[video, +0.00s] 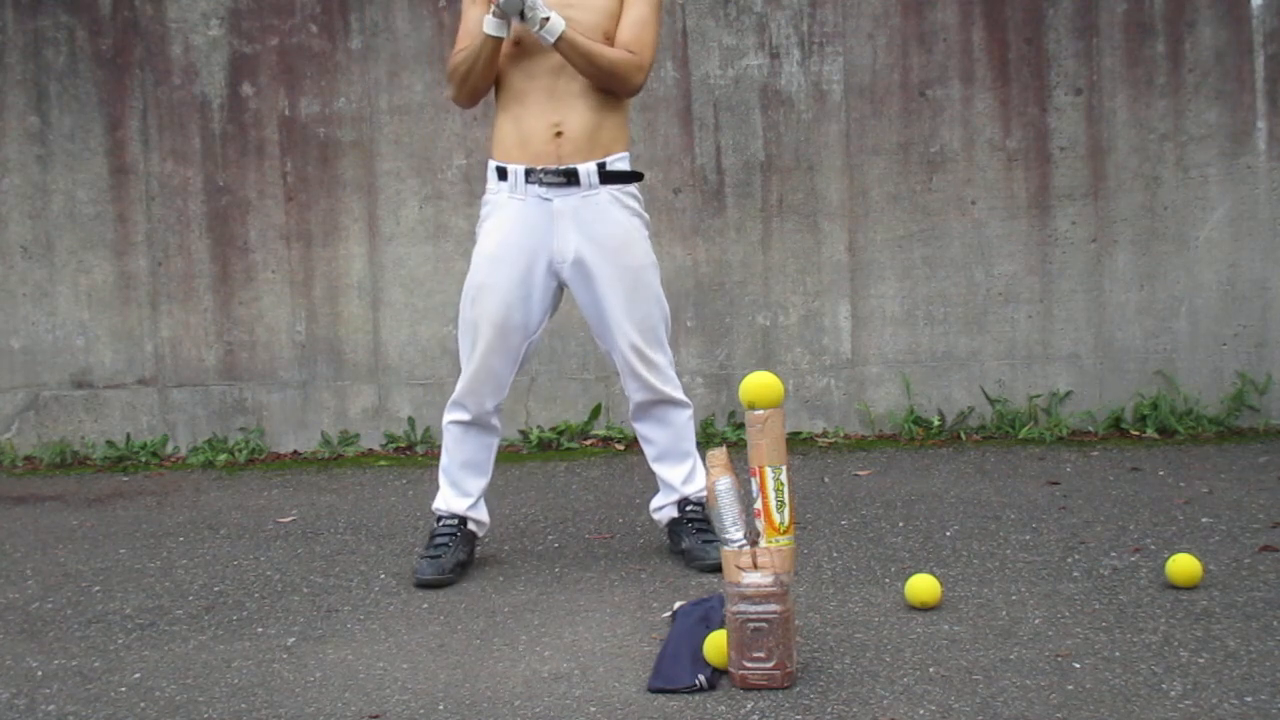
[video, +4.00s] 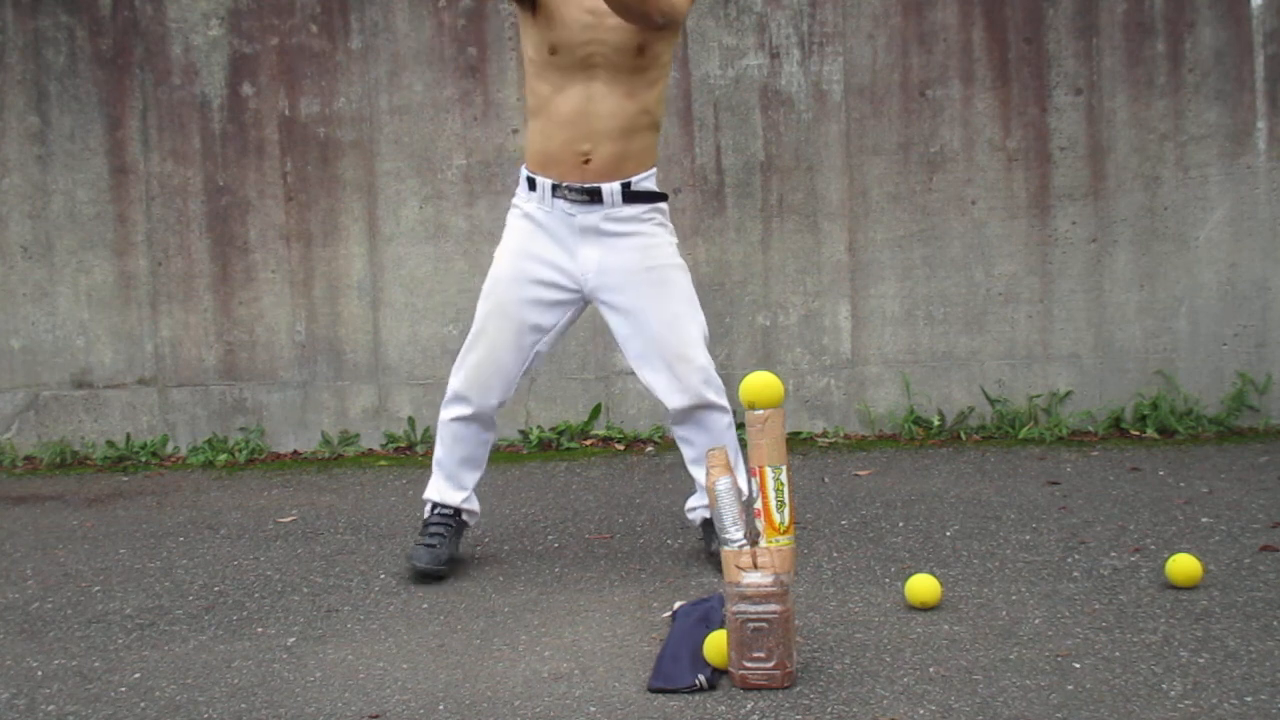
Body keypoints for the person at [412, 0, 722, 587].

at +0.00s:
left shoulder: (636, 0)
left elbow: (629, 76)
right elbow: (463, 91)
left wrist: (553, 27)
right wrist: (497, 27)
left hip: (605, 196)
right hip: (513, 198)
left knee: (647, 364)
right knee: (480, 375)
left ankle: (686, 507)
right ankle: (455, 517)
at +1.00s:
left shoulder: (632, 0)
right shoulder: (494, 2)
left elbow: (641, 44)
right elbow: (465, 97)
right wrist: (479, 14)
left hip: (605, 195)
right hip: (513, 197)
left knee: (646, 363)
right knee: (480, 374)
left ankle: (686, 507)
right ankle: (455, 517)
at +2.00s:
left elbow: (629, 68)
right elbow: (460, 88)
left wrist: (560, 15)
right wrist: (499, 16)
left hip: (605, 195)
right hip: (513, 197)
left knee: (647, 362)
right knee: (480, 373)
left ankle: (686, 507)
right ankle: (455, 517)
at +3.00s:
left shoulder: (628, 0)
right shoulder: (483, 1)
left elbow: (634, 69)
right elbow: (460, 99)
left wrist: (550, 19)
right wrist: (493, 26)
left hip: (605, 195)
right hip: (513, 198)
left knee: (647, 363)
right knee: (480, 374)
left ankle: (686, 507)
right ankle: (455, 517)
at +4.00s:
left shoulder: (669, 8)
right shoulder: (533, 2)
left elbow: (643, 7)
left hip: (636, 222)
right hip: (539, 219)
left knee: (693, 382)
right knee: (476, 382)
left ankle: (725, 516)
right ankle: (446, 509)